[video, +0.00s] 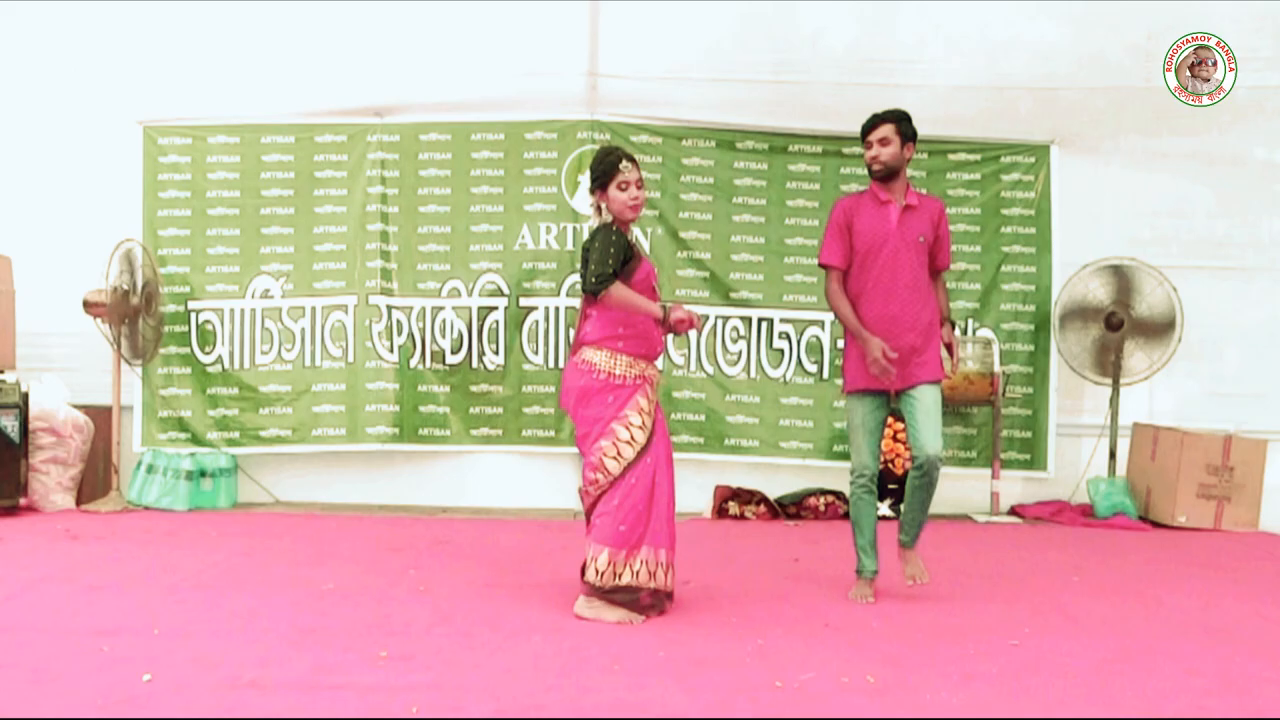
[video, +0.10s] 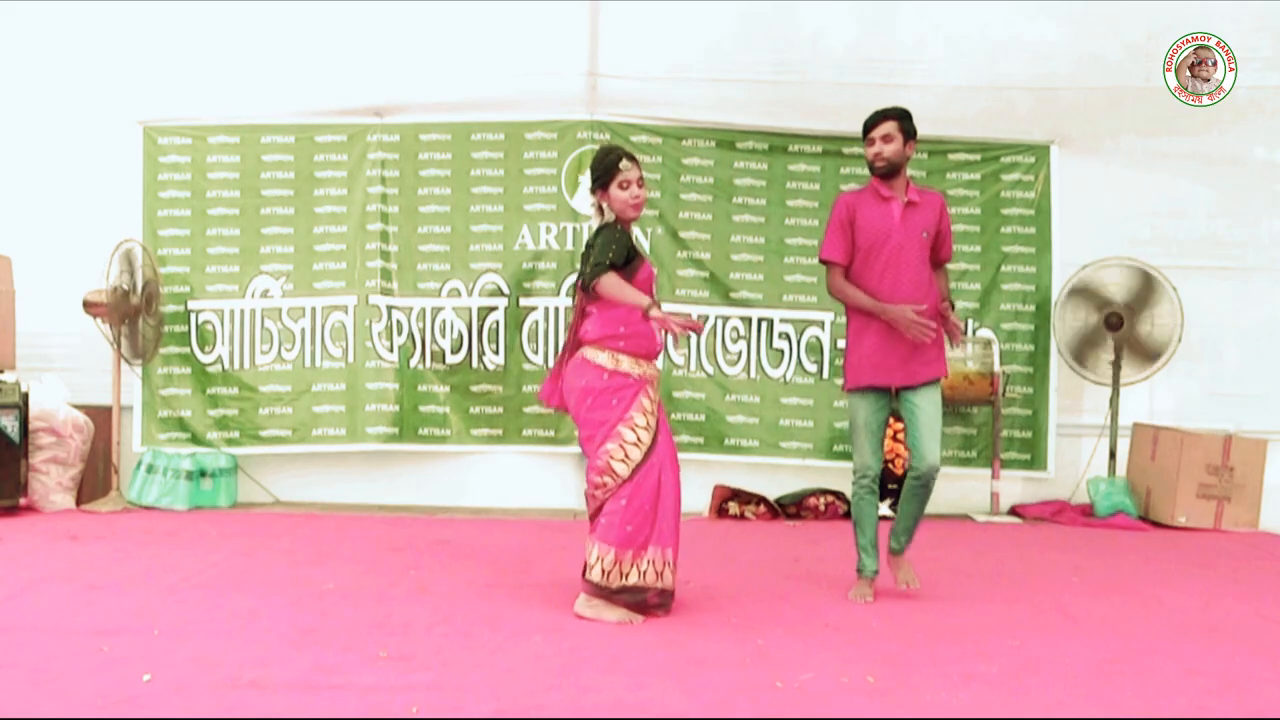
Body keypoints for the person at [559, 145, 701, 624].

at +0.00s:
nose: (636, 194)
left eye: (640, 185)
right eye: (624, 187)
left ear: (644, 189)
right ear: (600, 196)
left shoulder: (627, 241)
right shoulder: (608, 237)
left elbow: (626, 304)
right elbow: (599, 286)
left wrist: (668, 315)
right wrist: (661, 312)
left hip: (625, 375)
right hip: (605, 376)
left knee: (645, 470)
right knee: (627, 473)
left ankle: (621, 583)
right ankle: (597, 591)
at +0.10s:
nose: (637, 192)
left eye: (640, 183)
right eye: (625, 186)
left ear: (643, 186)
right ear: (603, 195)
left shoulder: (627, 241)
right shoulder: (610, 234)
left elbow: (623, 301)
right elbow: (599, 279)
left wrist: (665, 318)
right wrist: (650, 307)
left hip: (630, 374)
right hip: (605, 375)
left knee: (658, 472)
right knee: (633, 475)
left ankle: (626, 585)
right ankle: (596, 592)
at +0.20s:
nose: (637, 181)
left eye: (640, 172)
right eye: (625, 174)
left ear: (644, 177)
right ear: (602, 184)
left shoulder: (627, 229)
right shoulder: (607, 223)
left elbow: (623, 293)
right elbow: (587, 270)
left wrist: (662, 297)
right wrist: (626, 268)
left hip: (630, 364)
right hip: (605, 365)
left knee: (662, 455)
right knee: (631, 466)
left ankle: (644, 569)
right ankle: (594, 586)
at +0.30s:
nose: (635, 182)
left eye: (639, 173)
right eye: (622, 175)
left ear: (644, 176)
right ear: (600, 185)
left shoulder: (631, 232)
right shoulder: (603, 225)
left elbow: (631, 297)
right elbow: (576, 277)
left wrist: (675, 304)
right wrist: (617, 275)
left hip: (630, 362)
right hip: (599, 363)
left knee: (655, 455)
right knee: (621, 465)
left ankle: (642, 569)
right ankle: (593, 585)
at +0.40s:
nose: (628, 195)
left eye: (633, 186)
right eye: (616, 189)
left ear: (639, 190)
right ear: (594, 196)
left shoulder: (636, 246)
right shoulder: (588, 246)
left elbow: (635, 320)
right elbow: (570, 309)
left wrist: (675, 325)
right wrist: (621, 323)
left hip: (631, 378)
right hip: (590, 379)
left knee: (654, 472)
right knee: (618, 476)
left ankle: (640, 584)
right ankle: (595, 591)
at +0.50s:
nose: (621, 196)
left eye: (627, 187)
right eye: (610, 189)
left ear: (634, 192)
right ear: (589, 198)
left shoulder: (645, 250)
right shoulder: (580, 249)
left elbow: (666, 317)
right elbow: (569, 314)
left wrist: (659, 291)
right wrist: (621, 301)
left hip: (631, 374)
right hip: (585, 374)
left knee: (641, 471)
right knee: (597, 474)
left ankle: (643, 577)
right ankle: (595, 582)